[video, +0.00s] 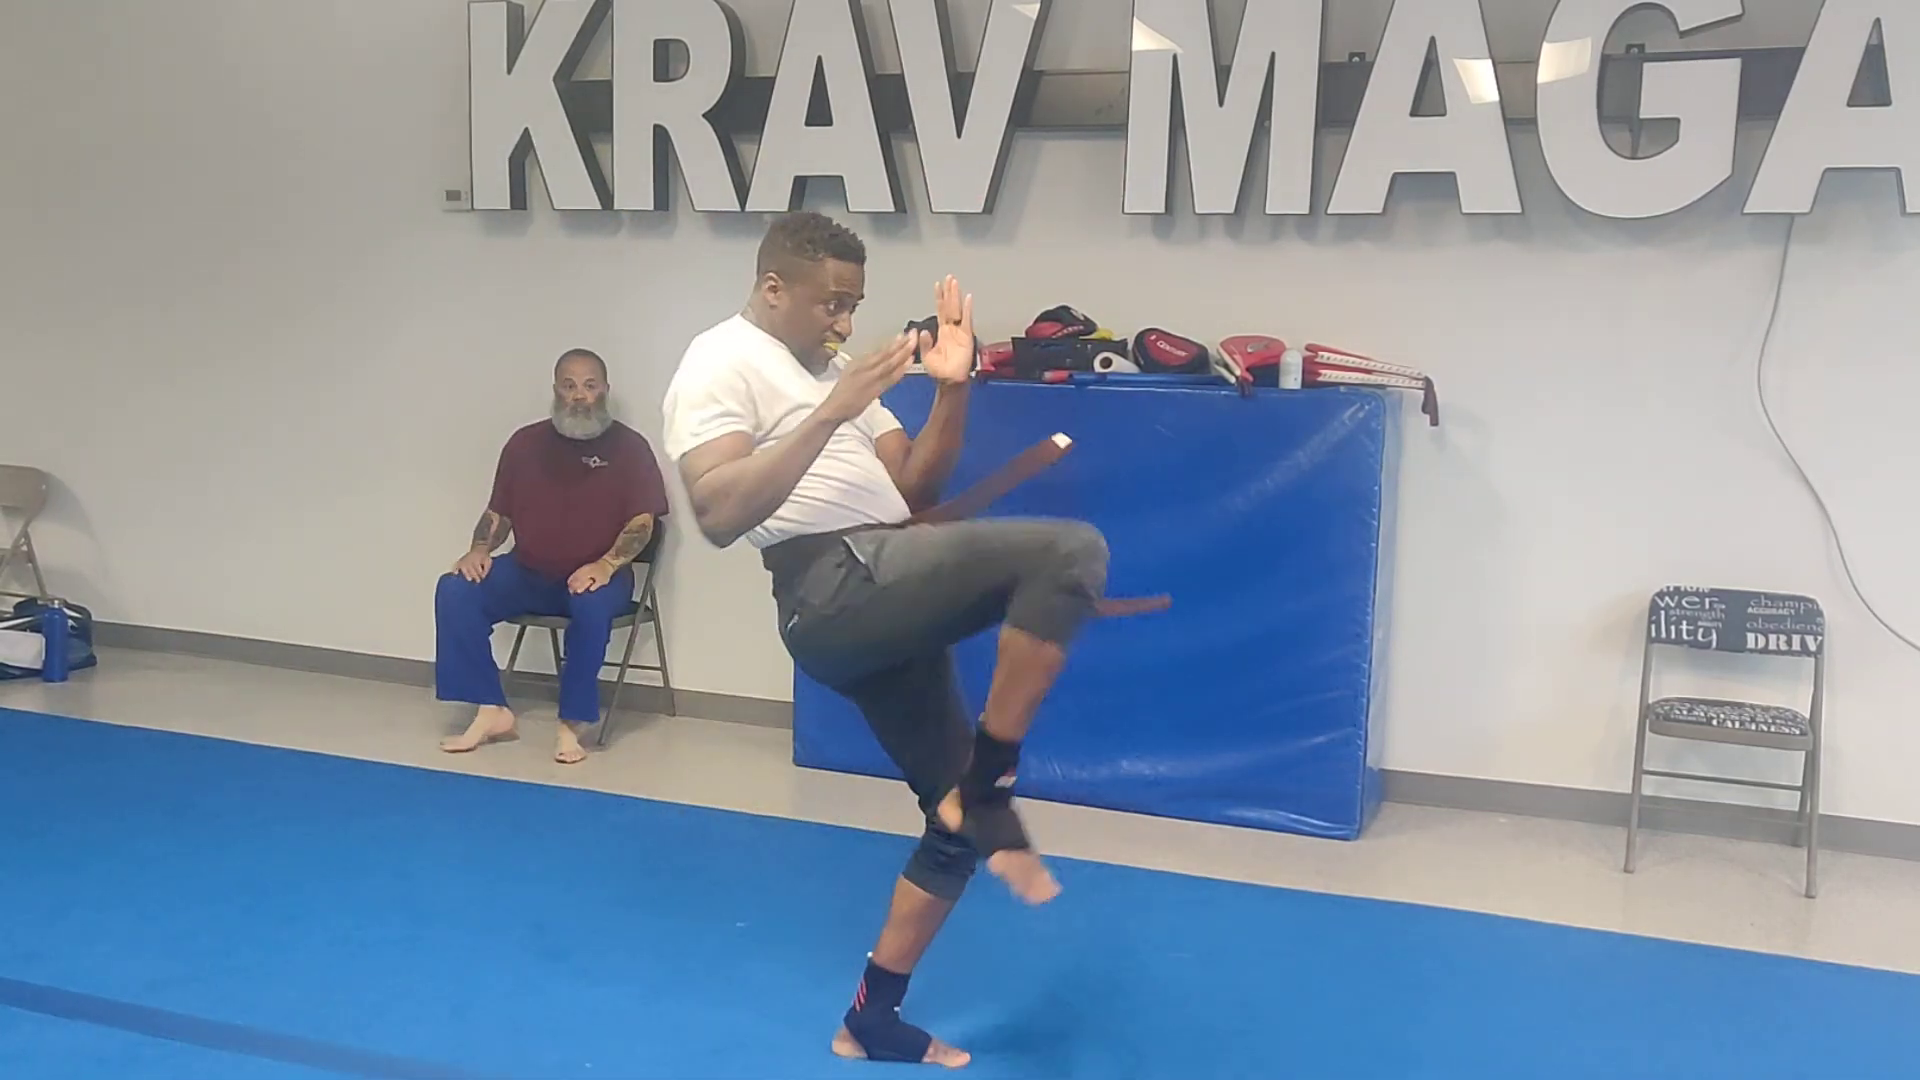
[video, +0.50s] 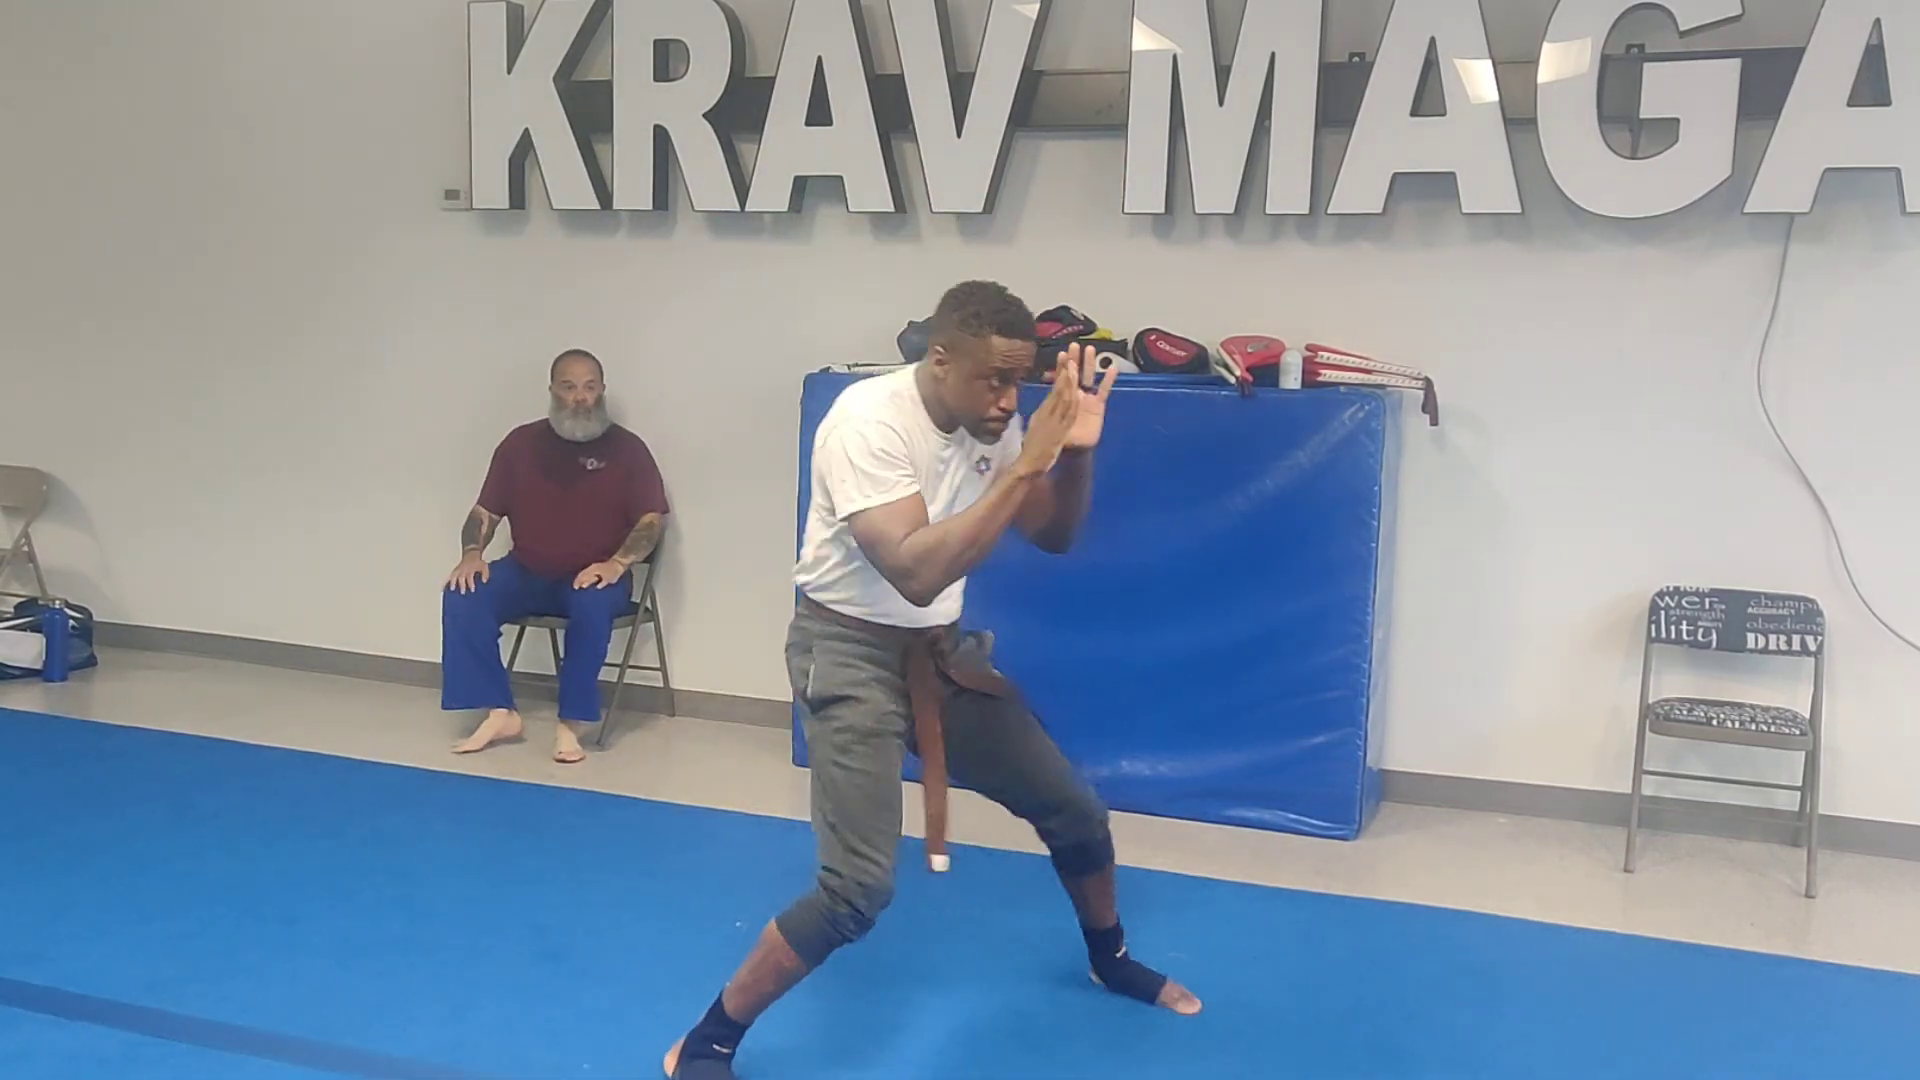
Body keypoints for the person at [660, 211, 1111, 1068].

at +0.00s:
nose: (845, 320)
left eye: (852, 305)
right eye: (833, 302)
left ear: (850, 301)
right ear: (772, 291)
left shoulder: (834, 372)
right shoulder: (717, 363)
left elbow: (915, 484)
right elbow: (716, 514)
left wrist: (953, 388)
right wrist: (829, 414)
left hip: (884, 583)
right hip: (832, 587)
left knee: (960, 815)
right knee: (1068, 552)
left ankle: (875, 1015)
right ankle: (987, 791)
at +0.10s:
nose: (868, 305)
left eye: (873, 290)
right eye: (853, 286)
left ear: (860, 291)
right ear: (795, 276)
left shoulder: (846, 358)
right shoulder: (745, 342)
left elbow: (920, 466)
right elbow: (790, 455)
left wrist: (967, 368)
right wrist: (885, 337)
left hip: (890, 583)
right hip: (855, 588)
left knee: (955, 808)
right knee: (1051, 732)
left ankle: (871, 1014)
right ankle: (873, 886)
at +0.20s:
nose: (889, 295)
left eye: (895, 277)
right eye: (876, 274)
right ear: (811, 264)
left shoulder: (853, 344)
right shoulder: (766, 331)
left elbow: (917, 434)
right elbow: (884, 412)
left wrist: (965, 349)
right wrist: (935, 296)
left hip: (921, 574)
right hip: (856, 586)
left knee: (982, 806)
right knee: (928, 827)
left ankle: (880, 1005)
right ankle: (760, 994)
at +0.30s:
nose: (923, 319)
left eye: (926, 302)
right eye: (908, 300)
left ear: (865, 294)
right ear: (847, 287)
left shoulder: (866, 353)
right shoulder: (809, 358)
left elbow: (936, 444)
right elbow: (963, 454)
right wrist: (989, 314)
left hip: (908, 606)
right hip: (832, 621)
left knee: (1049, 775)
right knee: (845, 873)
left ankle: (970, 962)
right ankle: (707, 1041)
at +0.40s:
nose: (966, 362)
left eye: (973, 346)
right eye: (955, 346)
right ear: (893, 333)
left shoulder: (920, 399)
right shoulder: (834, 411)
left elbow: (976, 499)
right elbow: (954, 537)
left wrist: (1023, 412)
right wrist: (1013, 403)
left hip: (911, 638)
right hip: (823, 649)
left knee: (1047, 804)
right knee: (844, 894)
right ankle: (709, 1042)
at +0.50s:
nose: (1010, 401)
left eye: (1018, 383)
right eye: (995, 381)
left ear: (1024, 370)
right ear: (937, 360)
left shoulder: (994, 425)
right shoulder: (865, 421)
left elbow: (1053, 532)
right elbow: (917, 572)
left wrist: (1078, 446)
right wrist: (1029, 465)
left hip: (940, 645)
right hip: (848, 647)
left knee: (1073, 812)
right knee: (858, 886)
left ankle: (1110, 958)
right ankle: (709, 1043)